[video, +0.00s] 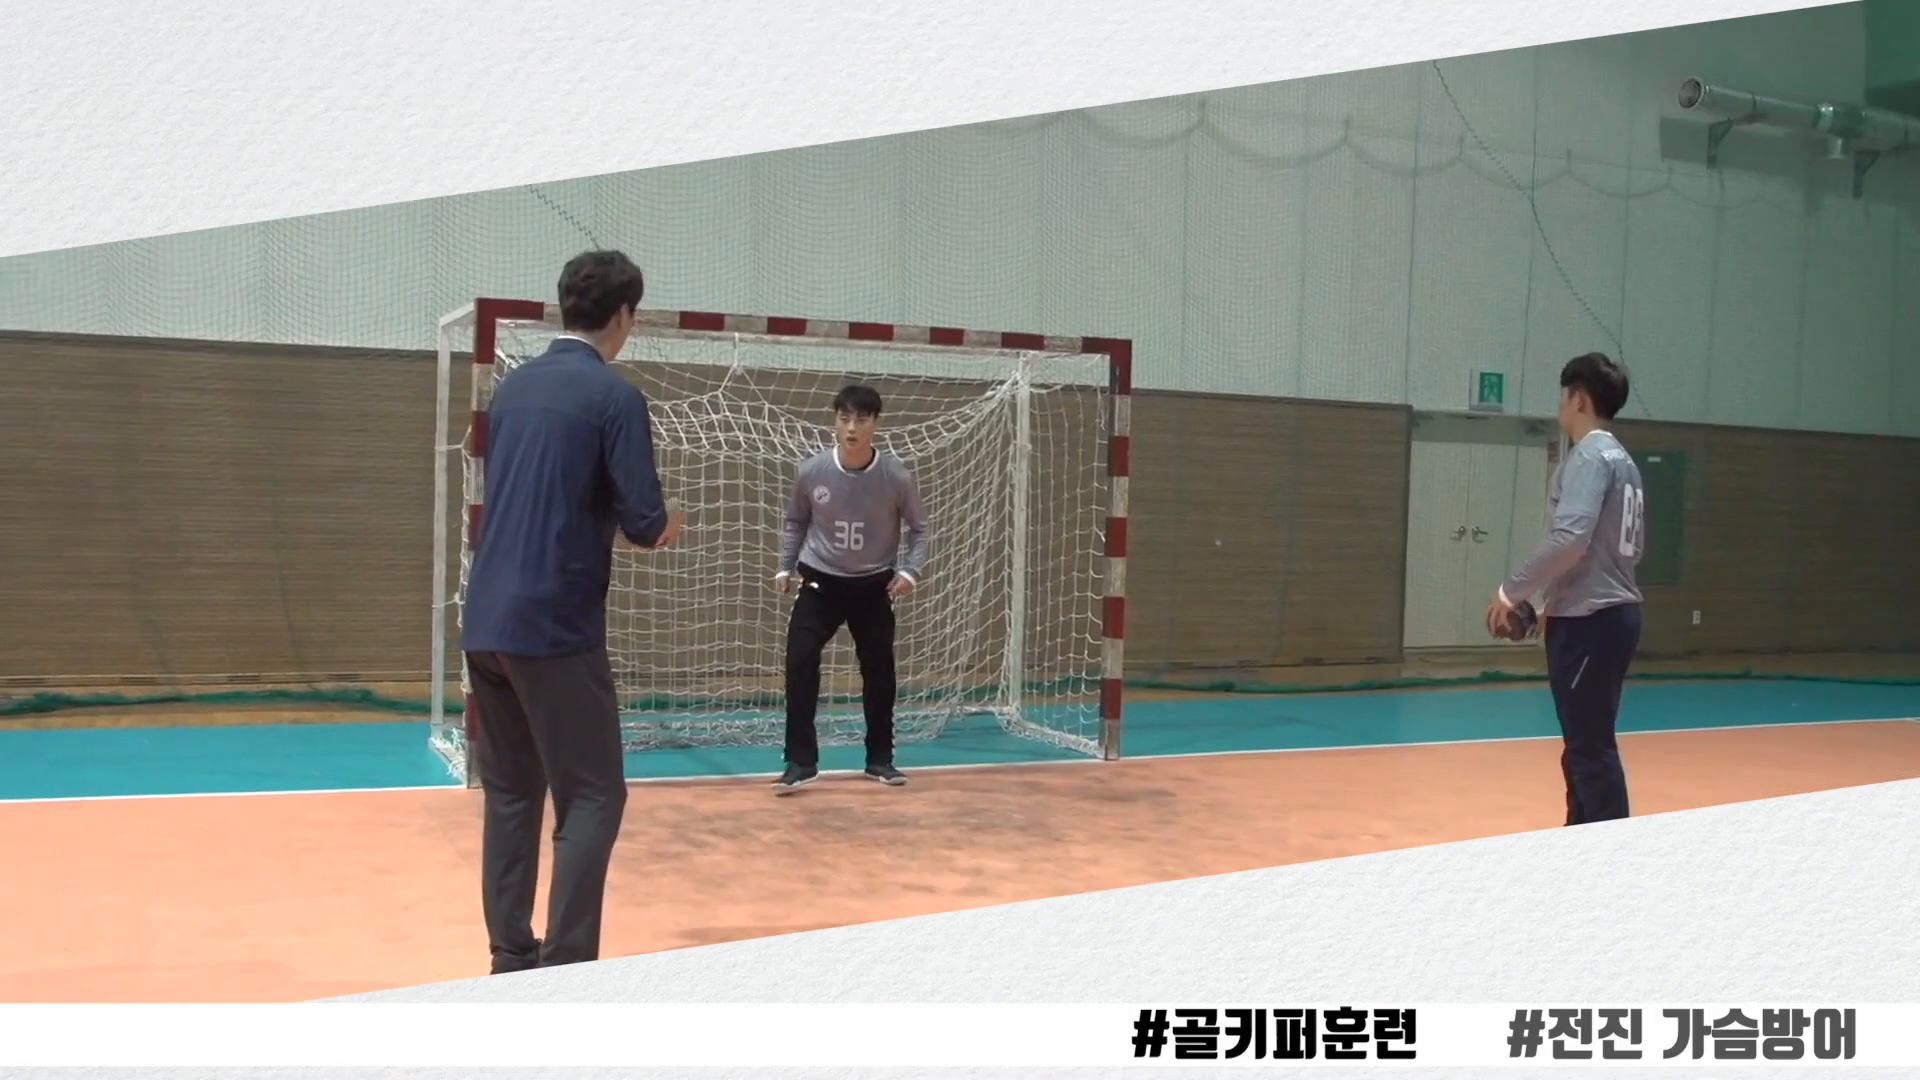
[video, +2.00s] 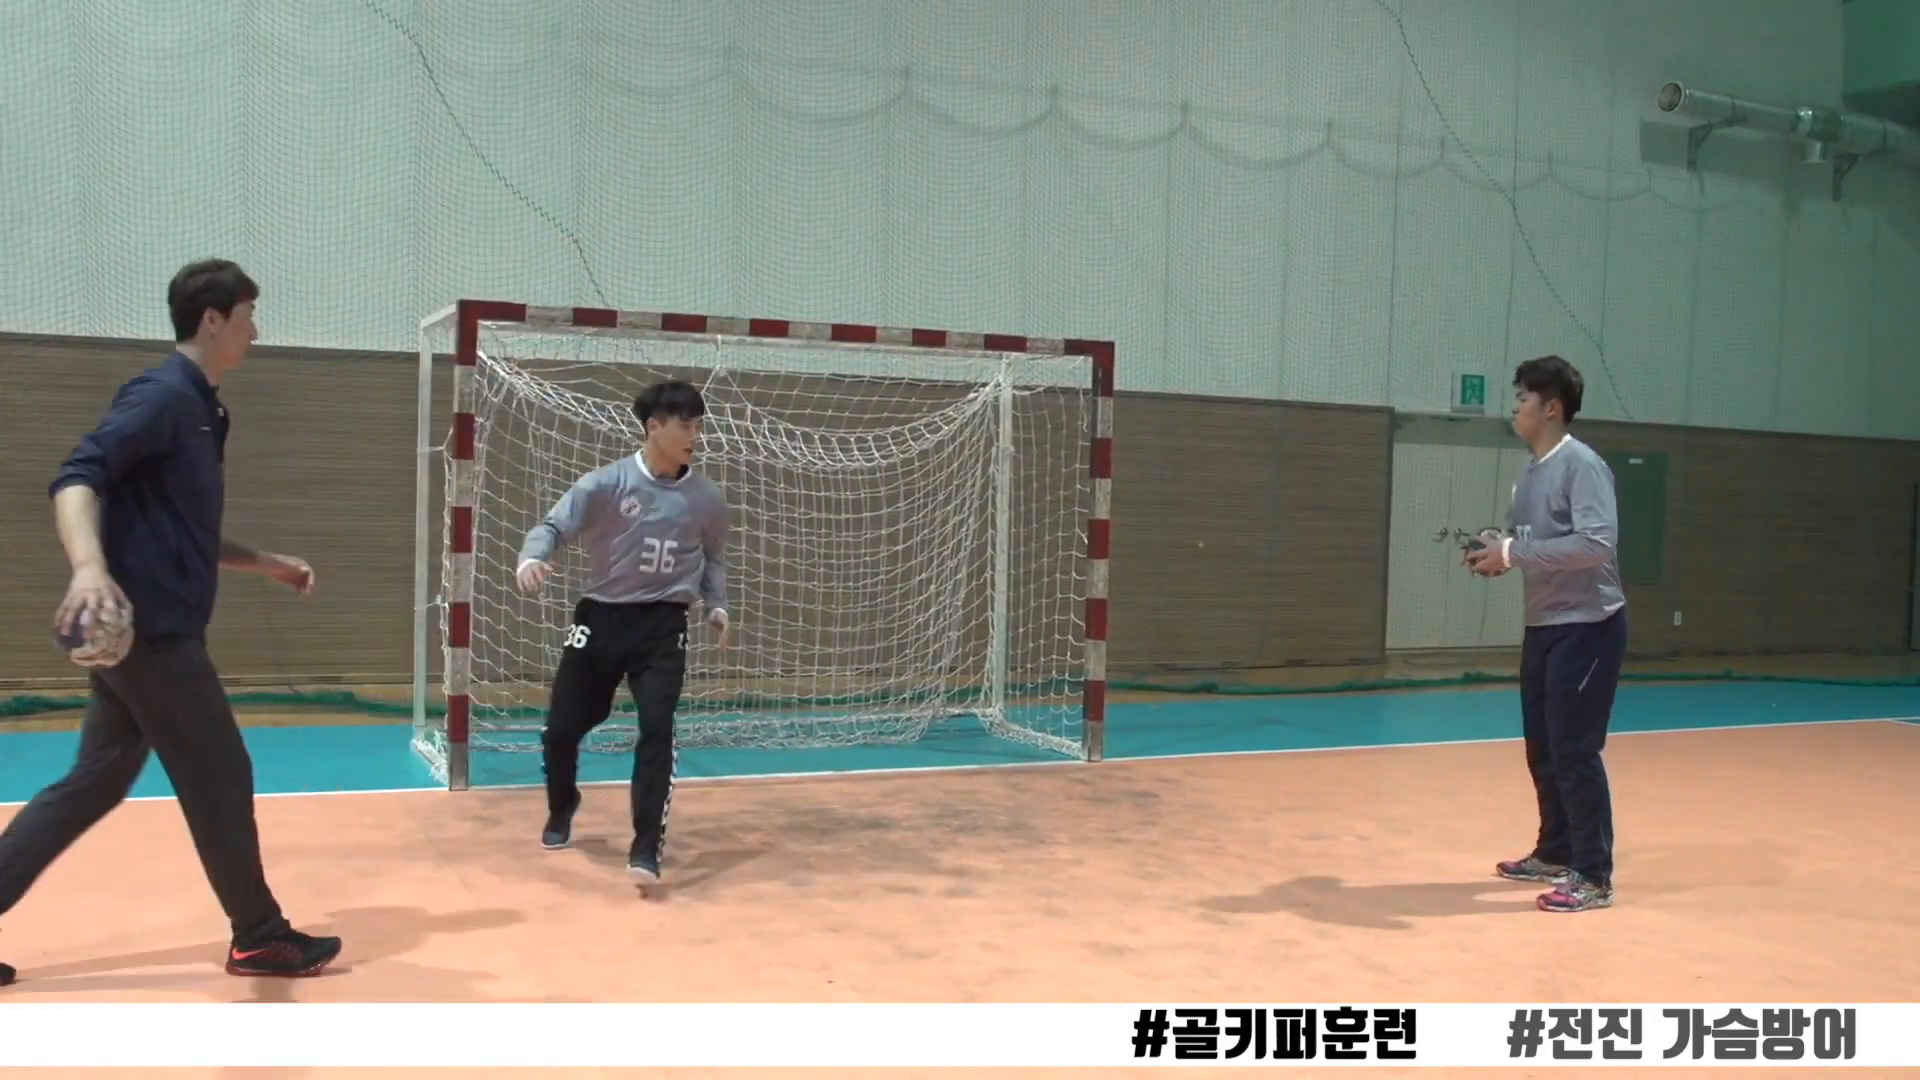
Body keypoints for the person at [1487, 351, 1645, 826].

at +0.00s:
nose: (1561, 408)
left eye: (1563, 398)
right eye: (1562, 398)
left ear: (1579, 399)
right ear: (1602, 404)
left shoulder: (1590, 454)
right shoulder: (1622, 459)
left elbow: (1570, 539)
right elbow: (1618, 552)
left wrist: (1511, 590)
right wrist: (1553, 605)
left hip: (1588, 621)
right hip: (1612, 618)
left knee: (1588, 752)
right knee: (1588, 750)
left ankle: (1607, 860)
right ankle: (1583, 857)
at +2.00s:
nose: (1515, 407)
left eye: (1525, 398)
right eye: (1517, 398)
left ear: (1555, 406)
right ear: (1541, 407)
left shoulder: (1584, 464)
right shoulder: (1531, 473)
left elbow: (1597, 547)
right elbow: (1535, 545)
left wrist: (1515, 553)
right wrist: (1500, 551)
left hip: (1588, 627)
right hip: (1544, 627)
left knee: (1574, 749)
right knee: (1542, 747)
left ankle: (1594, 877)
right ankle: (1556, 853)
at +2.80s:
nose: (1467, 435)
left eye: (1471, 425)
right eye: (1469, 426)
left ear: (1491, 426)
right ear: (1497, 428)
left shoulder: (1533, 478)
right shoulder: (1486, 492)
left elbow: (1539, 420)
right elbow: (1478, 566)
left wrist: (1528, 349)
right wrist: (1460, 619)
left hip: (1534, 637)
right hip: (1493, 635)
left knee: (1529, 750)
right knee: (1460, 721)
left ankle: (1587, 875)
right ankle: (1433, 827)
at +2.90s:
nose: (1459, 431)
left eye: (1469, 423)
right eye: (1461, 423)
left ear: (1486, 428)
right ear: (1488, 429)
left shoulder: (1501, 476)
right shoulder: (1479, 481)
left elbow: (1465, 427)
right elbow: (1484, 564)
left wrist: (1448, 357)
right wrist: (1466, 625)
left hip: (1506, 634)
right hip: (1479, 632)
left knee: (1521, 750)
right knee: (1440, 720)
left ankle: (1584, 873)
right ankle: (1428, 831)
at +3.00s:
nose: (1435, 435)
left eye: (1440, 428)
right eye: (1438, 427)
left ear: (1455, 432)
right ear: (1474, 436)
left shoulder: (1456, 471)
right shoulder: (1487, 483)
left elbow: (1393, 437)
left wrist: (1381, 379)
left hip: (1484, 631)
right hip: (1478, 630)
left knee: (1508, 747)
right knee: (1432, 721)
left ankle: (1573, 863)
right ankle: (1427, 831)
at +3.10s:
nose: (1416, 439)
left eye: (1421, 431)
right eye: (1420, 431)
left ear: (1436, 433)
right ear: (1460, 440)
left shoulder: (1425, 470)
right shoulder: (1481, 490)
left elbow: (1355, 464)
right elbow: (1508, 564)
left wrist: (1322, 406)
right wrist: (1503, 620)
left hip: (1469, 614)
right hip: (1496, 612)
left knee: (1491, 733)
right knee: (1436, 709)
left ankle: (1559, 849)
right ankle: (1428, 831)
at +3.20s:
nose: (1403, 437)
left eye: (1408, 429)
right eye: (1407, 429)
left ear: (1423, 432)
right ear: (1447, 438)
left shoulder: (1411, 466)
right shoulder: (1468, 486)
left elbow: (1333, 467)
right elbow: (1506, 561)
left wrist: (1283, 425)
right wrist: (1521, 629)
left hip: (1462, 599)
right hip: (1492, 601)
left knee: (1479, 717)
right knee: (1438, 708)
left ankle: (1544, 834)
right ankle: (1427, 830)